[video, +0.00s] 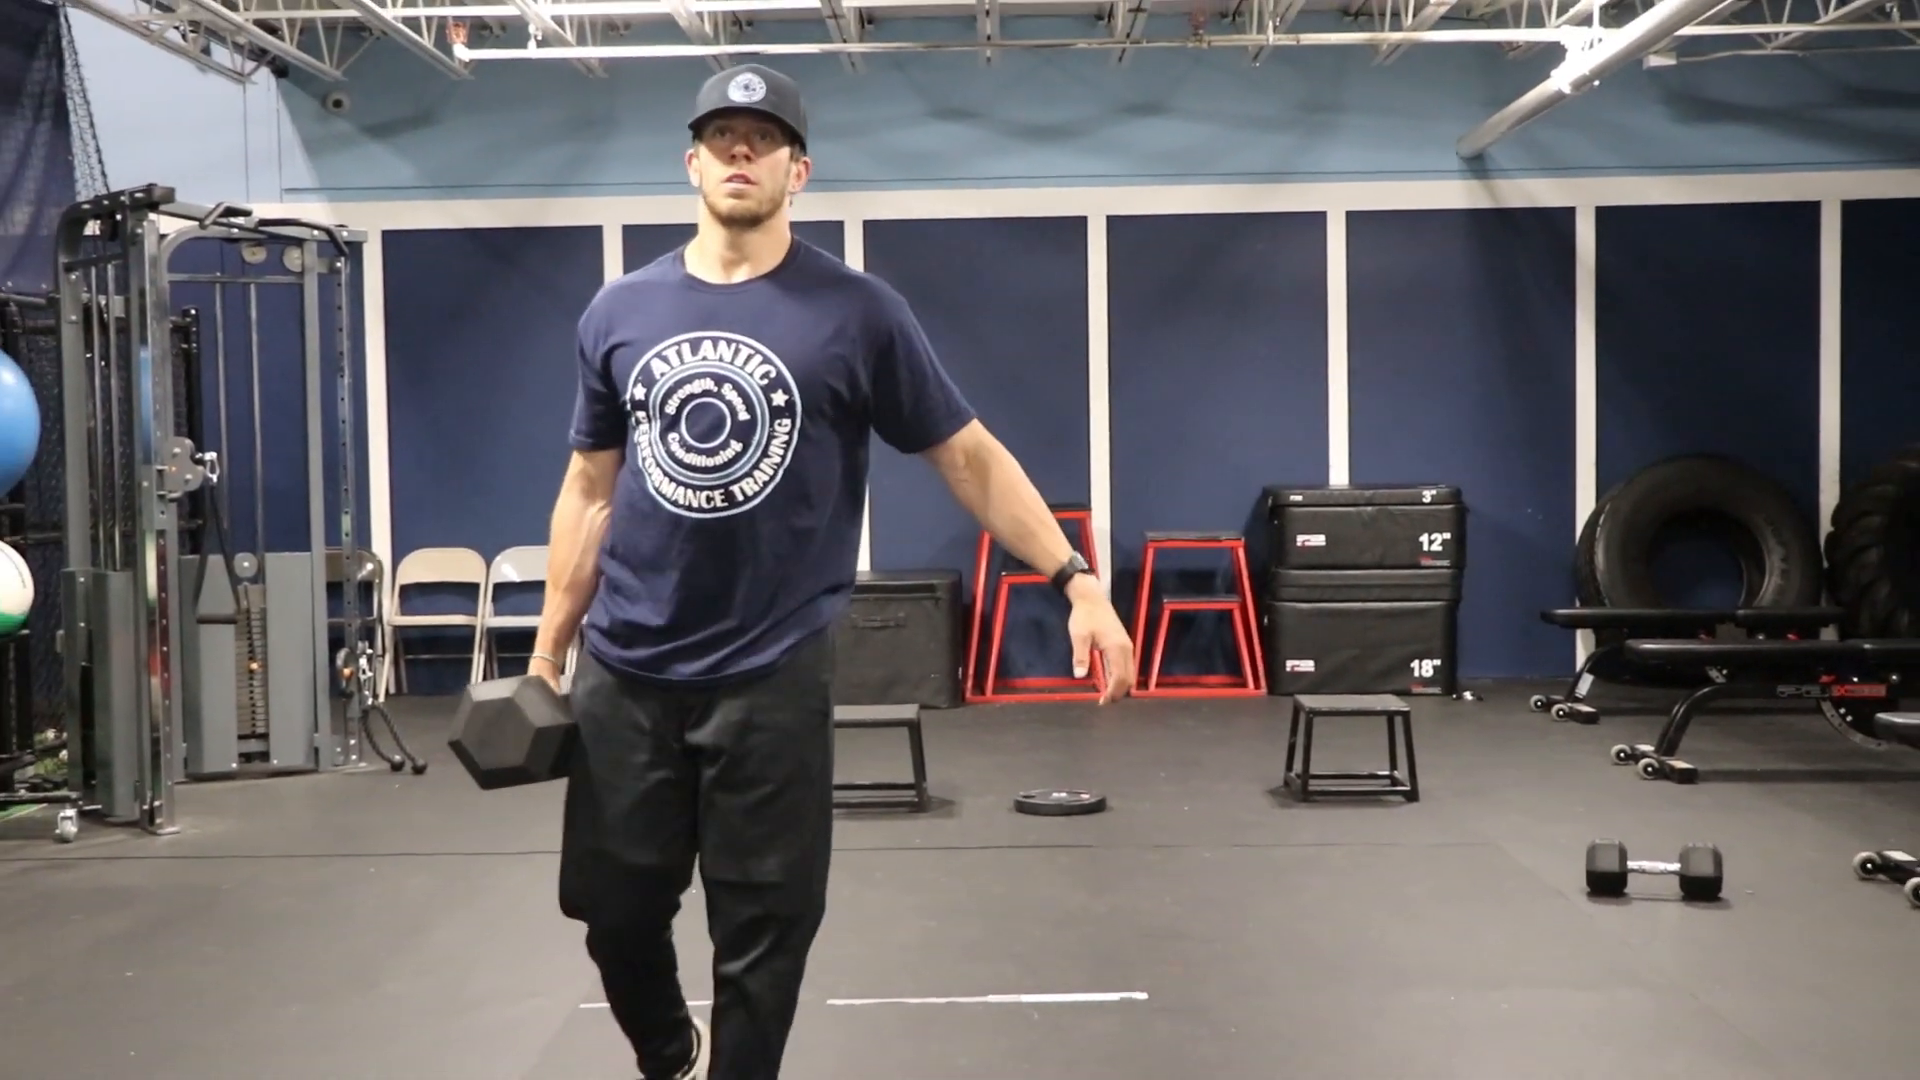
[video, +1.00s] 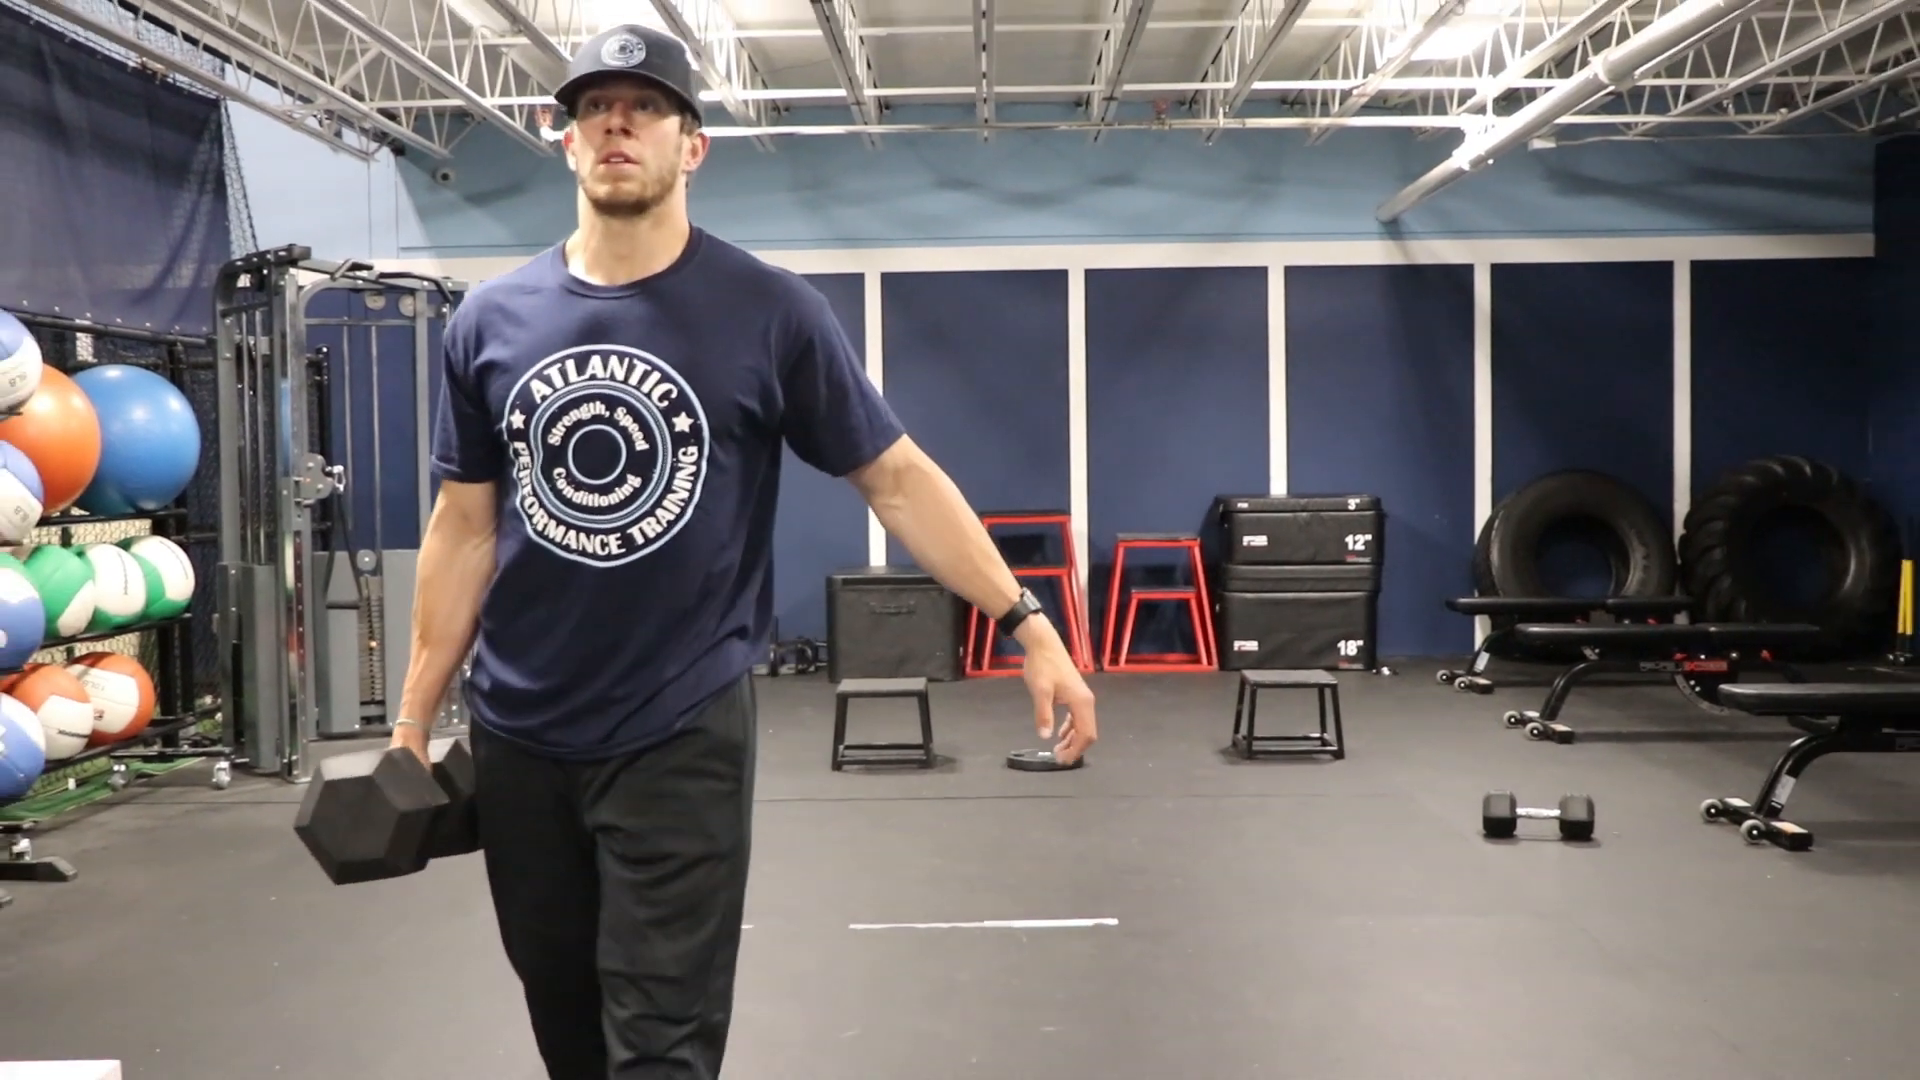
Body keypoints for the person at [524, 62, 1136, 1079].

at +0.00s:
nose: (737, 160)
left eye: (761, 143)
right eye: (719, 142)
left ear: (797, 169)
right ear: (692, 161)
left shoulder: (858, 312)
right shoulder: (619, 310)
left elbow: (972, 458)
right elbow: (588, 487)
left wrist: (1080, 581)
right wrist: (546, 658)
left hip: (773, 666)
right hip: (626, 662)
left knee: (759, 933)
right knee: (615, 916)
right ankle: (672, 1061)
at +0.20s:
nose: (721, 154)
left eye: (744, 137)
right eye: (702, 137)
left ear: (784, 162)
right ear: (677, 158)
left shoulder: (850, 307)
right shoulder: (607, 309)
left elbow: (972, 446)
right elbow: (577, 495)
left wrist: (1068, 537)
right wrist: (540, 670)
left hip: (769, 672)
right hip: (613, 665)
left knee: (759, 946)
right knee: (595, 939)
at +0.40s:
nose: (679, 159)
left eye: (703, 140)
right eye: (659, 142)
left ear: (746, 168)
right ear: (635, 168)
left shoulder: (819, 318)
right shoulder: (568, 326)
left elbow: (945, 449)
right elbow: (545, 516)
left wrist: (1039, 539)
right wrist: (518, 693)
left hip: (757, 696)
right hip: (600, 695)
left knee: (756, 963)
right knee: (602, 973)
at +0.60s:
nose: (623, 138)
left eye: (647, 116)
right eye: (601, 121)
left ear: (693, 142)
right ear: (578, 151)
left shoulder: (778, 297)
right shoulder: (517, 321)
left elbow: (907, 444)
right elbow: (502, 521)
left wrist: (1034, 572)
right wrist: (482, 714)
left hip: (729, 702)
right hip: (566, 708)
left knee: (759, 972)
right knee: (584, 1006)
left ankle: (752, 1075)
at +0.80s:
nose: (608, 124)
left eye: (633, 104)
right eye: (587, 106)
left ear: (681, 136)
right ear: (560, 135)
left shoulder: (765, 295)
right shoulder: (495, 314)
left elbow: (885, 452)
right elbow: (475, 522)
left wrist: (1010, 590)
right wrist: (439, 722)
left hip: (707, 703)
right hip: (543, 711)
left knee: (706, 997)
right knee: (583, 1013)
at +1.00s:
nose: (614, 132)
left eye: (642, 112)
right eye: (593, 112)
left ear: (691, 146)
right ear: (564, 139)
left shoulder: (770, 312)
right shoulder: (488, 320)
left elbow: (895, 477)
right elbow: (462, 527)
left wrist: (1031, 626)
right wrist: (410, 730)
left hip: (681, 729)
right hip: (517, 736)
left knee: (659, 1048)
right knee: (570, 1044)